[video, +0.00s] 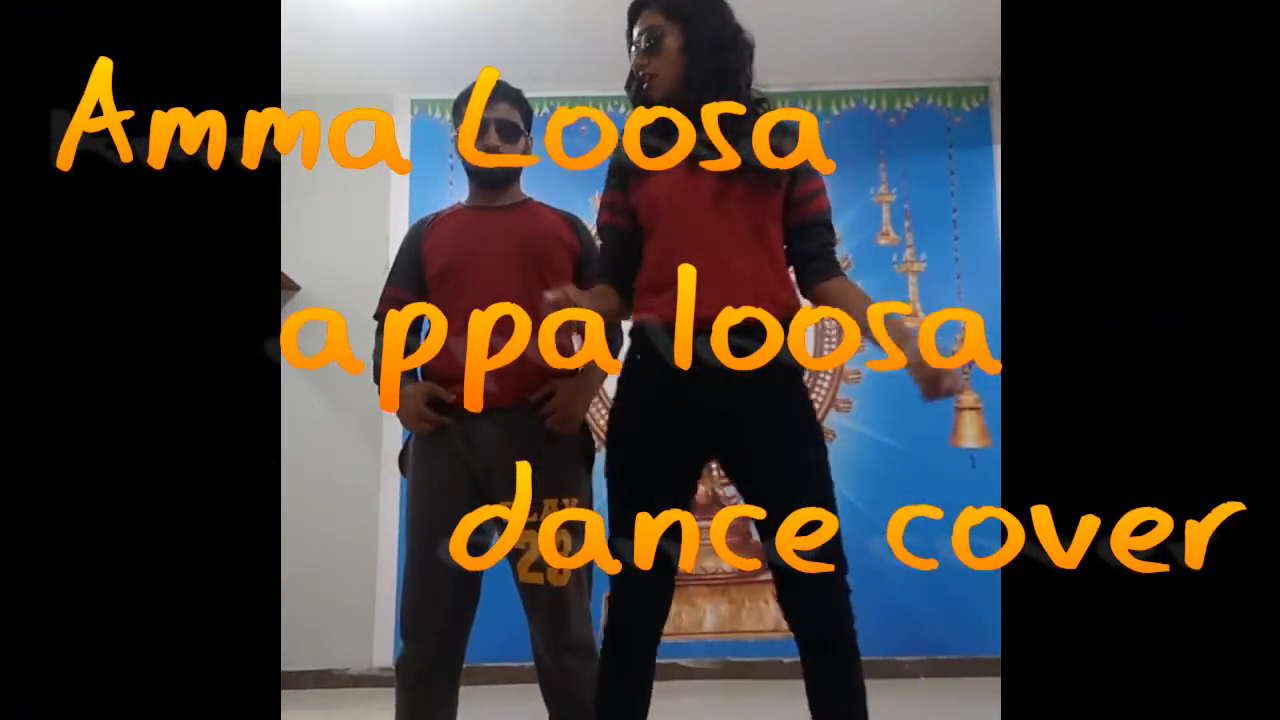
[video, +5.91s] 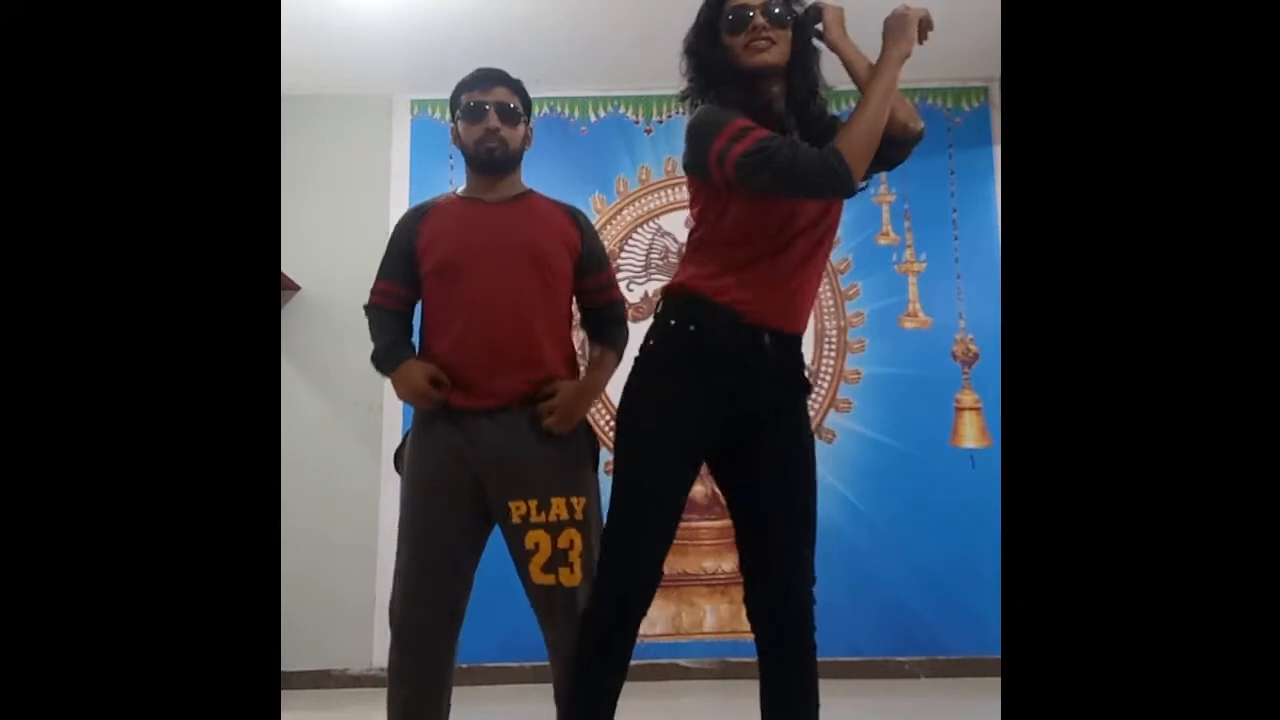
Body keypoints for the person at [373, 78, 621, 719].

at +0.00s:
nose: (496, 141)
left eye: (510, 131)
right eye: (483, 130)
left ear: (529, 145)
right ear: (459, 140)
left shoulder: (568, 230)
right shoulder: (426, 235)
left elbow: (607, 317)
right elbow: (386, 334)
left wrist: (590, 378)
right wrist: (398, 389)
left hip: (546, 438)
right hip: (447, 442)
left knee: (563, 623)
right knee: (430, 625)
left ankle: (580, 719)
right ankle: (422, 719)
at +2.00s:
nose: (491, 129)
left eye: (504, 117)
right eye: (476, 117)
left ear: (521, 131)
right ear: (452, 129)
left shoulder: (559, 204)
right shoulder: (420, 206)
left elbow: (596, 294)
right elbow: (384, 292)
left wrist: (583, 366)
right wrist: (406, 357)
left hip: (540, 428)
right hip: (441, 432)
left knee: (559, 609)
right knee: (432, 611)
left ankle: (578, 716)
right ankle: (424, 718)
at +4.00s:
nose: (489, 131)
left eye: (503, 121)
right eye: (475, 121)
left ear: (523, 135)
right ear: (453, 132)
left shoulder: (564, 222)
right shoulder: (418, 227)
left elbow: (604, 317)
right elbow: (384, 320)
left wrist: (587, 385)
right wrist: (394, 376)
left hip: (543, 440)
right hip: (441, 442)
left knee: (562, 623)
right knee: (430, 624)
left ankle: (580, 719)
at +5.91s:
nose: (491, 121)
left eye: (507, 112)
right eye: (475, 112)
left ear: (527, 132)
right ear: (455, 132)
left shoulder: (569, 224)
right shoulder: (420, 223)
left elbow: (609, 316)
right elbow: (386, 308)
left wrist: (591, 386)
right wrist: (400, 362)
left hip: (547, 437)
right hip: (445, 438)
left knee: (576, 617)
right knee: (419, 618)